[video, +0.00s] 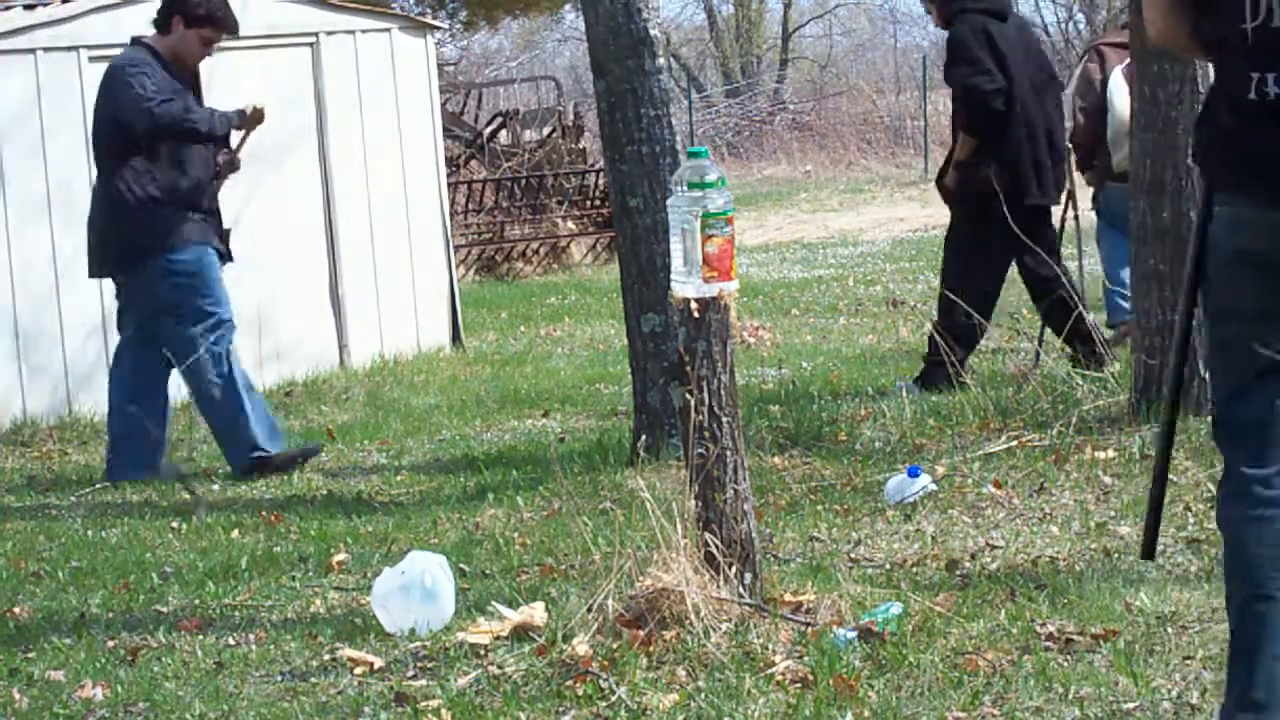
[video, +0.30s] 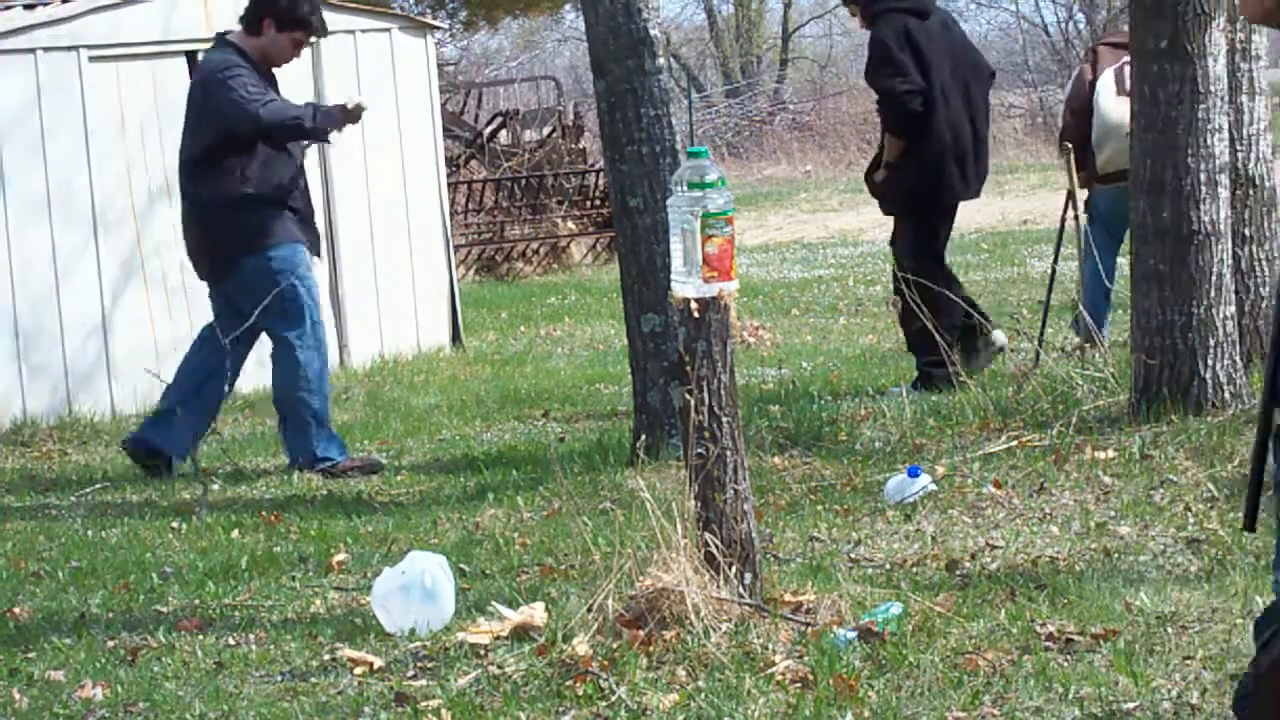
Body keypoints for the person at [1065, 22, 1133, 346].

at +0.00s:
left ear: (1127, 16)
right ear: (1157, 19)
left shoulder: (1103, 54)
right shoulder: (1176, 52)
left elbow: (1083, 119)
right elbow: (1193, 116)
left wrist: (1089, 166)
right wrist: (1186, 164)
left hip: (1121, 175)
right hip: (1171, 177)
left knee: (1114, 229)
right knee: (1168, 242)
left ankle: (1124, 314)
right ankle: (1170, 318)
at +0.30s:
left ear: (1112, 36)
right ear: (1148, 33)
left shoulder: (1097, 62)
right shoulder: (1166, 58)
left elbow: (1075, 112)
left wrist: (1084, 167)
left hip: (1113, 176)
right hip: (1162, 178)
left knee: (1099, 250)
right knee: (1163, 259)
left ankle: (1090, 331)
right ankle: (1166, 337)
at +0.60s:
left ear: (1107, 38)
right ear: (1147, 32)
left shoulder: (1089, 63)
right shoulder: (1161, 56)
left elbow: (1060, 120)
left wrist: (1061, 163)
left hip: (1100, 171)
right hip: (1154, 172)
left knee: (1096, 255)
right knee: (1159, 255)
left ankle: (1097, 341)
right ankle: (1163, 340)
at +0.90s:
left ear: (1119, 24)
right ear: (1153, 23)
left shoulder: (1095, 52)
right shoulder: (1166, 50)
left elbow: (1065, 112)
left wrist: (1061, 165)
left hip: (1098, 171)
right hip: (1153, 172)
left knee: (1096, 256)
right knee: (1159, 258)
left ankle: (1095, 344)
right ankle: (1162, 343)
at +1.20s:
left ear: (1123, 24)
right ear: (1157, 22)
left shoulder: (1101, 48)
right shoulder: (1171, 48)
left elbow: (1072, 107)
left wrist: (1064, 159)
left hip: (1102, 170)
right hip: (1157, 171)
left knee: (1098, 259)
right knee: (1161, 259)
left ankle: (1098, 344)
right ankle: (1165, 343)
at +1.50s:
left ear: (1115, 26)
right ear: (1148, 24)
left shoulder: (1091, 56)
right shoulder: (1163, 51)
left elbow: (1060, 117)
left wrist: (1058, 163)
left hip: (1095, 173)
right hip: (1150, 174)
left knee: (1091, 254)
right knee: (1154, 256)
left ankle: (1090, 341)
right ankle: (1157, 340)